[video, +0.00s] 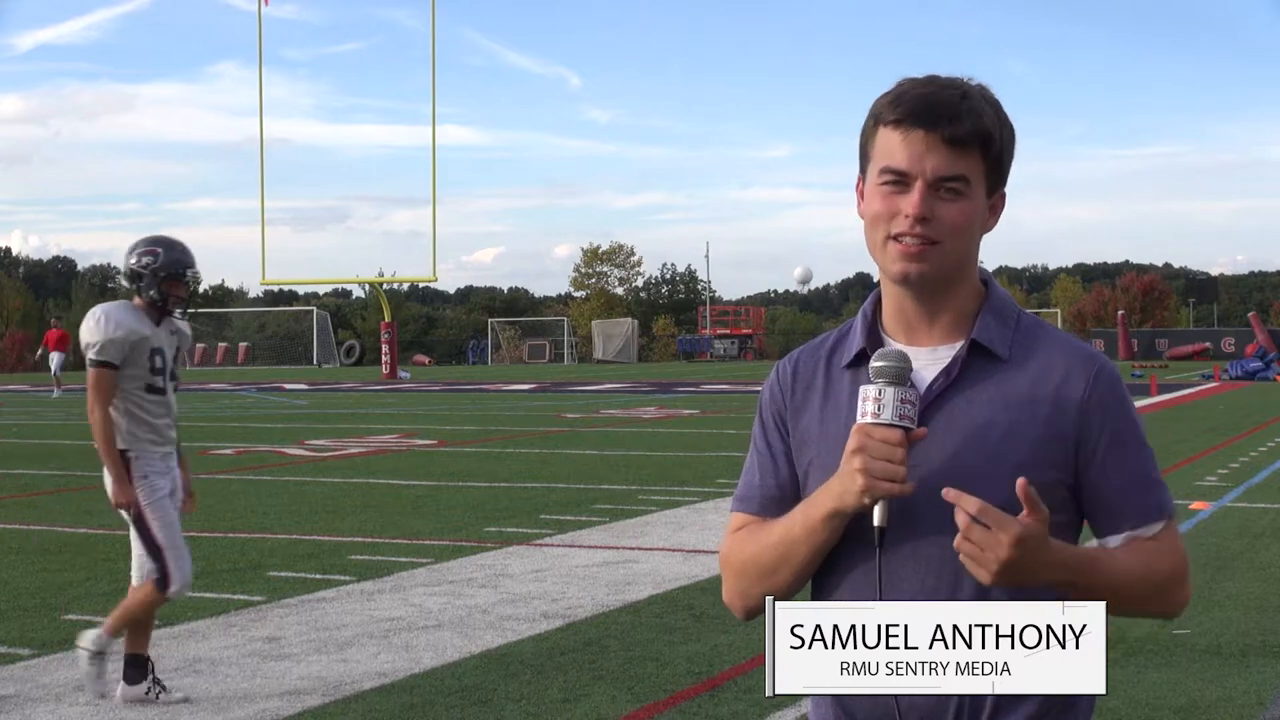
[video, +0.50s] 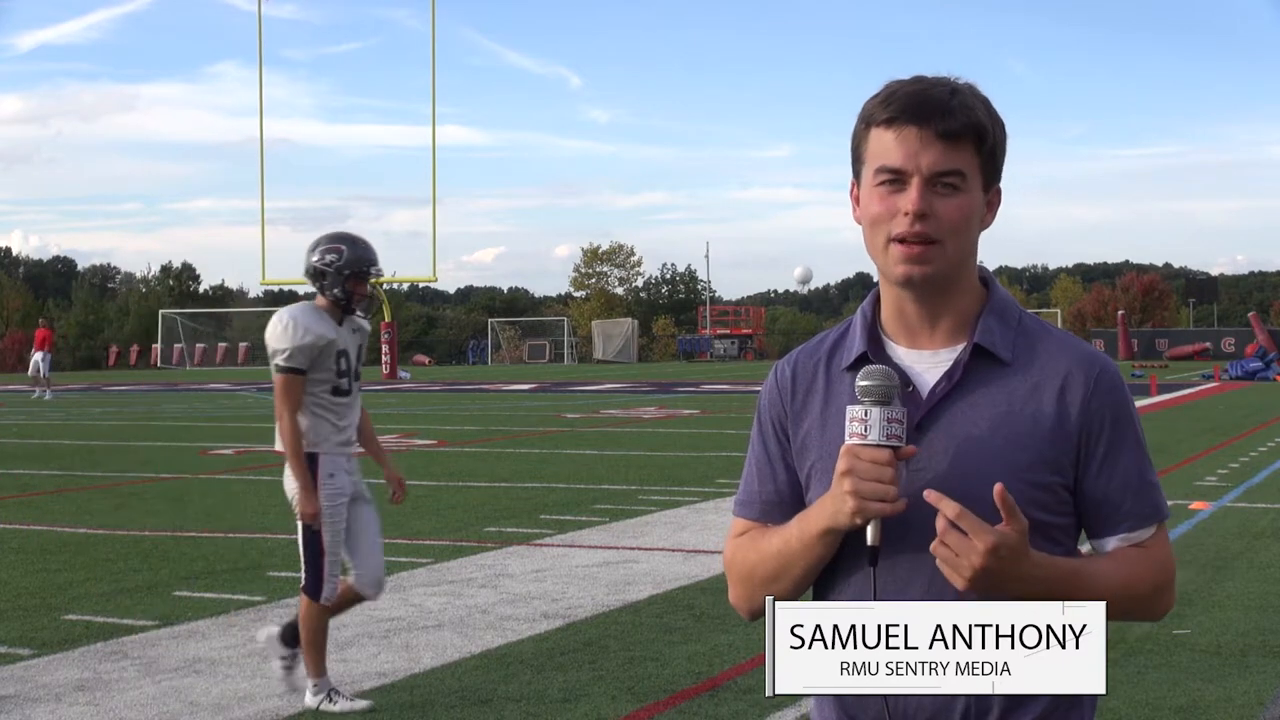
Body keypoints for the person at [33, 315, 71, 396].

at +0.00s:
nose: (53, 324)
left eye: (55, 322)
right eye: (52, 322)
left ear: (59, 322)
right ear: (51, 323)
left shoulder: (63, 332)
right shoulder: (49, 332)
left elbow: (69, 345)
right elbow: (43, 344)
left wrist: (70, 355)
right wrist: (38, 353)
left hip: (60, 353)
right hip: (51, 353)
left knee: (54, 371)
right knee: (53, 372)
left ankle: (58, 389)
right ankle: (57, 389)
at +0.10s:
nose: (50, 324)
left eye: (51, 322)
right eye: (49, 322)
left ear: (55, 323)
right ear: (48, 324)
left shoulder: (60, 332)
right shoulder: (46, 333)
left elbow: (66, 345)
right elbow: (40, 345)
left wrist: (70, 355)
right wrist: (33, 352)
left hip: (57, 354)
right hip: (48, 354)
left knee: (52, 373)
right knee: (52, 373)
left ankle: (51, 390)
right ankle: (58, 390)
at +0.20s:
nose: (48, 325)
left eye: (49, 323)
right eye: (47, 323)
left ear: (53, 323)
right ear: (46, 324)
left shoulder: (58, 333)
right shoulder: (44, 333)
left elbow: (64, 345)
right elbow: (39, 345)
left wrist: (69, 355)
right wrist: (31, 351)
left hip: (54, 354)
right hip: (46, 354)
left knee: (50, 373)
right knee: (50, 374)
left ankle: (51, 391)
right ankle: (58, 390)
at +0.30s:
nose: (45, 324)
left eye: (47, 322)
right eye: (44, 322)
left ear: (51, 322)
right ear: (43, 323)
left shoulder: (55, 332)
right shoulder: (42, 332)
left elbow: (60, 345)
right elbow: (37, 345)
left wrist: (62, 355)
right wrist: (30, 353)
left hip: (50, 354)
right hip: (43, 353)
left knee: (47, 374)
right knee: (43, 375)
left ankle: (50, 392)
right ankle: (54, 390)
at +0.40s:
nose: (43, 323)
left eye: (45, 321)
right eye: (42, 321)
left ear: (49, 323)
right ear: (41, 323)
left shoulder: (51, 332)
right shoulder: (40, 332)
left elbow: (54, 345)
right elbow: (36, 344)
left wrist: (54, 355)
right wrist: (31, 354)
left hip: (47, 353)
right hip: (40, 353)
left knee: (46, 374)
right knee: (36, 374)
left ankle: (49, 392)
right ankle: (48, 386)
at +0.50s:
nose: (41, 323)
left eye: (42, 321)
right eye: (40, 322)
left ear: (46, 322)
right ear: (39, 323)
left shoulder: (48, 332)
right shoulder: (37, 331)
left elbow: (48, 344)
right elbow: (36, 342)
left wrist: (44, 355)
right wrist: (33, 351)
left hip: (44, 353)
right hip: (37, 352)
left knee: (44, 374)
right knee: (32, 373)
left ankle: (48, 392)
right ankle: (38, 390)